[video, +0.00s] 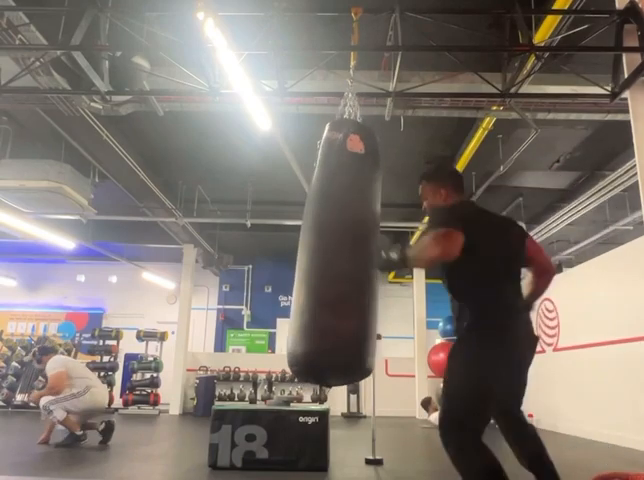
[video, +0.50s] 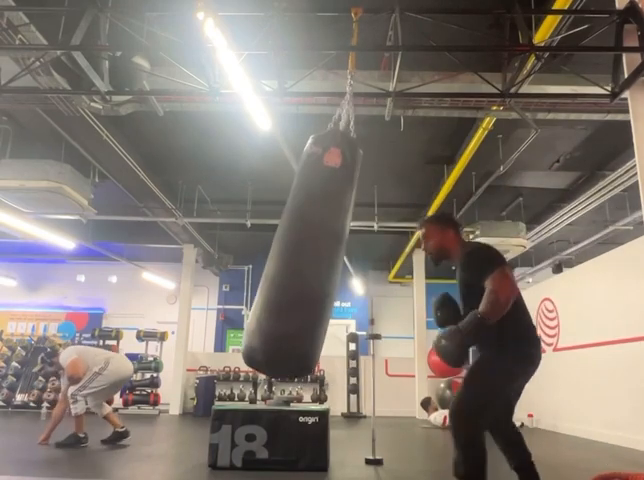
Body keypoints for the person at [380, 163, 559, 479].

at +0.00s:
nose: (425, 207)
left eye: (426, 198)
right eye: (422, 200)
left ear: (443, 192)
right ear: (460, 191)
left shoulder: (449, 216)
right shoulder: (504, 224)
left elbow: (445, 247)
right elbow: (545, 268)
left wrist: (401, 255)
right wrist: (525, 302)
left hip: (483, 337)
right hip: (519, 335)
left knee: (457, 430)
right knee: (507, 412)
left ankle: (491, 477)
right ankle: (549, 475)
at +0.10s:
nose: (414, 195)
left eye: (420, 186)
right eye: (415, 187)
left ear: (445, 187)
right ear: (446, 189)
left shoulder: (460, 224)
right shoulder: (475, 219)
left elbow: (479, 280)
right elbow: (517, 255)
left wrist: (420, 293)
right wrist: (498, 292)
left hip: (486, 342)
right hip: (500, 337)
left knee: (463, 435)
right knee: (495, 425)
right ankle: (550, 476)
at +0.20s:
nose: (438, 202)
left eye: (446, 194)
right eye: (434, 195)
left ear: (469, 195)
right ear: (431, 198)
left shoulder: (494, 240)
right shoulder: (439, 236)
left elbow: (479, 302)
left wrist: (431, 279)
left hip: (499, 341)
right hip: (474, 343)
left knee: (445, 408)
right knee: (494, 420)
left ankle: (468, 475)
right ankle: (562, 474)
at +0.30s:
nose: (424, 222)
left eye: (428, 213)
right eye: (422, 216)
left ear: (451, 209)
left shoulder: (488, 247)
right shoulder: (444, 253)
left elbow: (503, 306)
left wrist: (445, 296)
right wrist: (424, 281)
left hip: (497, 349)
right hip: (474, 351)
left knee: (445, 417)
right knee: (490, 427)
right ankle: (538, 477)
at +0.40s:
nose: (420, 245)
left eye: (423, 236)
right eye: (419, 239)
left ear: (444, 231)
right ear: (442, 234)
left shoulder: (475, 256)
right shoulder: (462, 267)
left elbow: (502, 295)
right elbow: (480, 314)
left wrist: (451, 320)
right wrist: (441, 321)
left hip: (503, 355)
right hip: (497, 355)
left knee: (445, 418)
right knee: (476, 419)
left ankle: (462, 475)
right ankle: (518, 475)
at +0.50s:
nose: (425, 247)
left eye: (428, 238)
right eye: (423, 241)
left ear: (448, 232)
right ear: (448, 235)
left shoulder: (476, 254)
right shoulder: (467, 266)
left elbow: (502, 290)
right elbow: (485, 312)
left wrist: (464, 331)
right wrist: (459, 324)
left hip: (508, 350)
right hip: (510, 350)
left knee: (464, 414)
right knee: (498, 417)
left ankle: (470, 474)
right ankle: (528, 474)